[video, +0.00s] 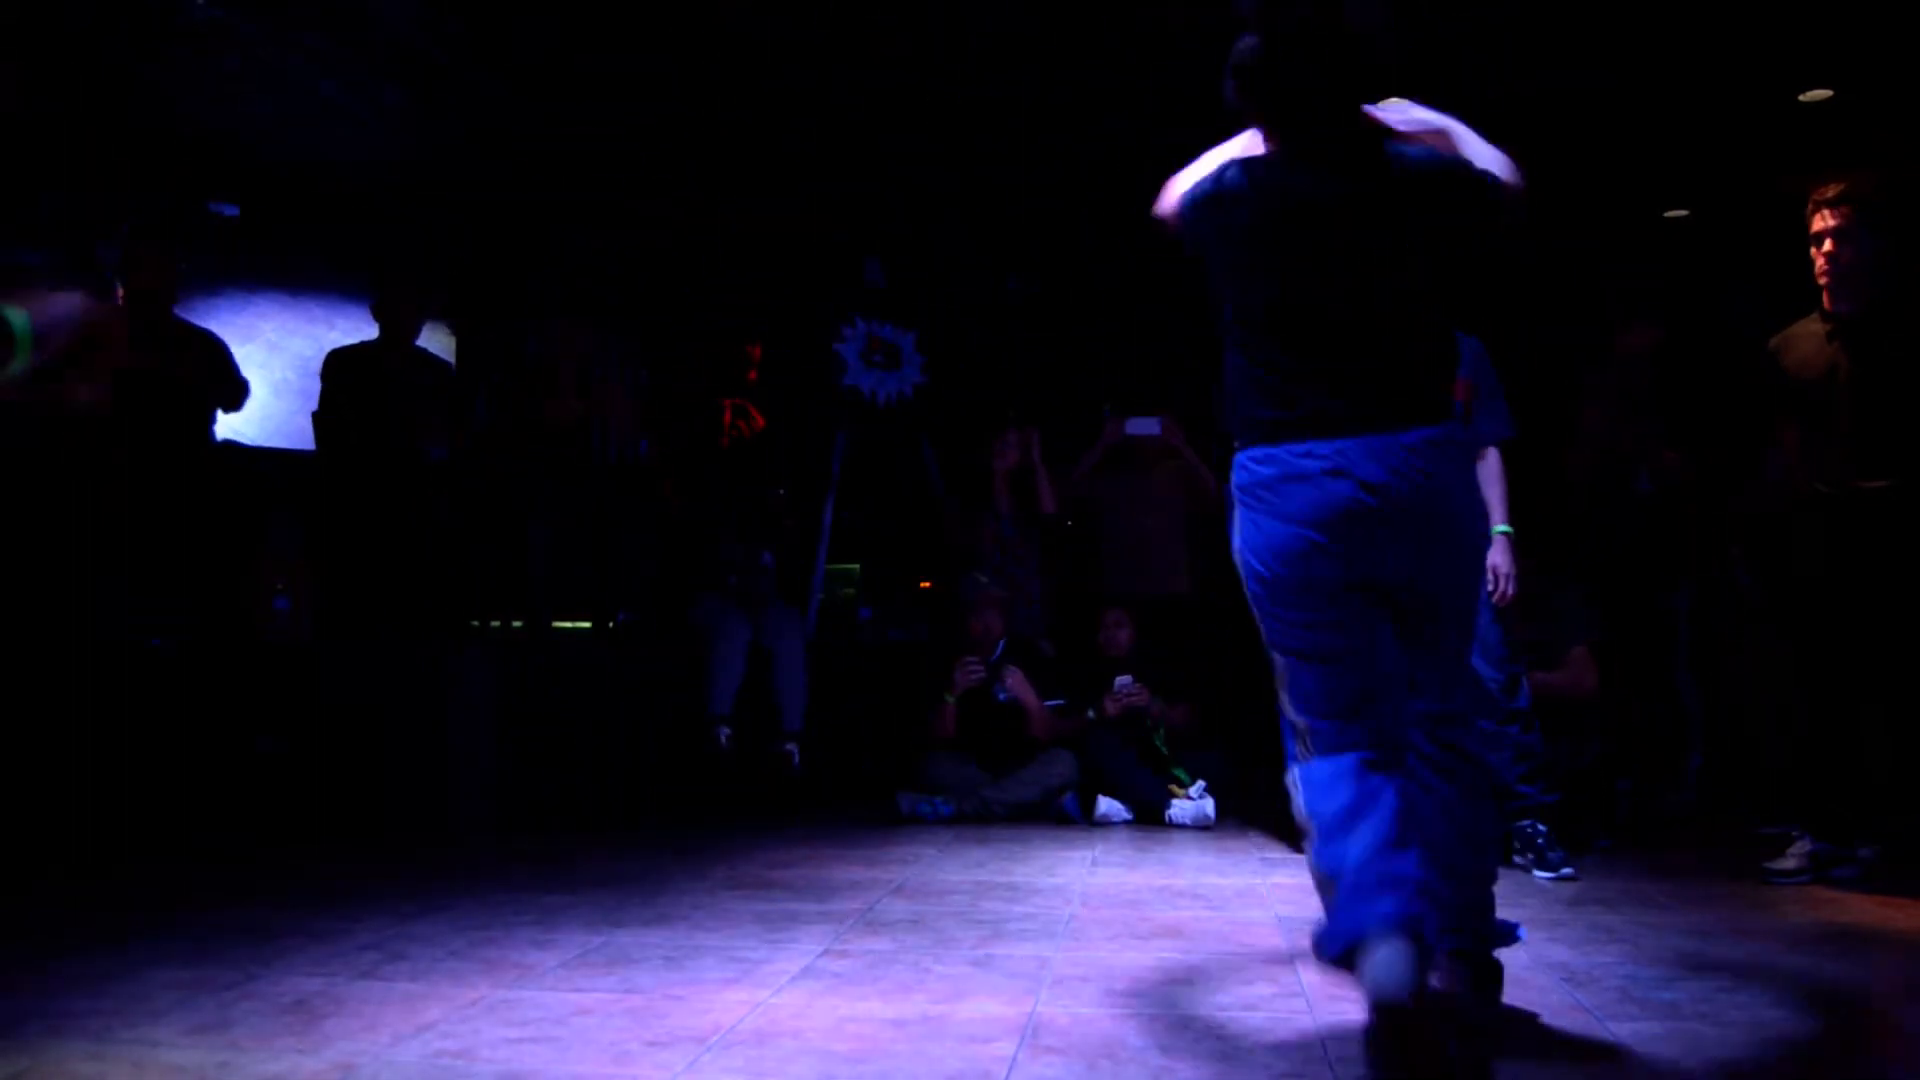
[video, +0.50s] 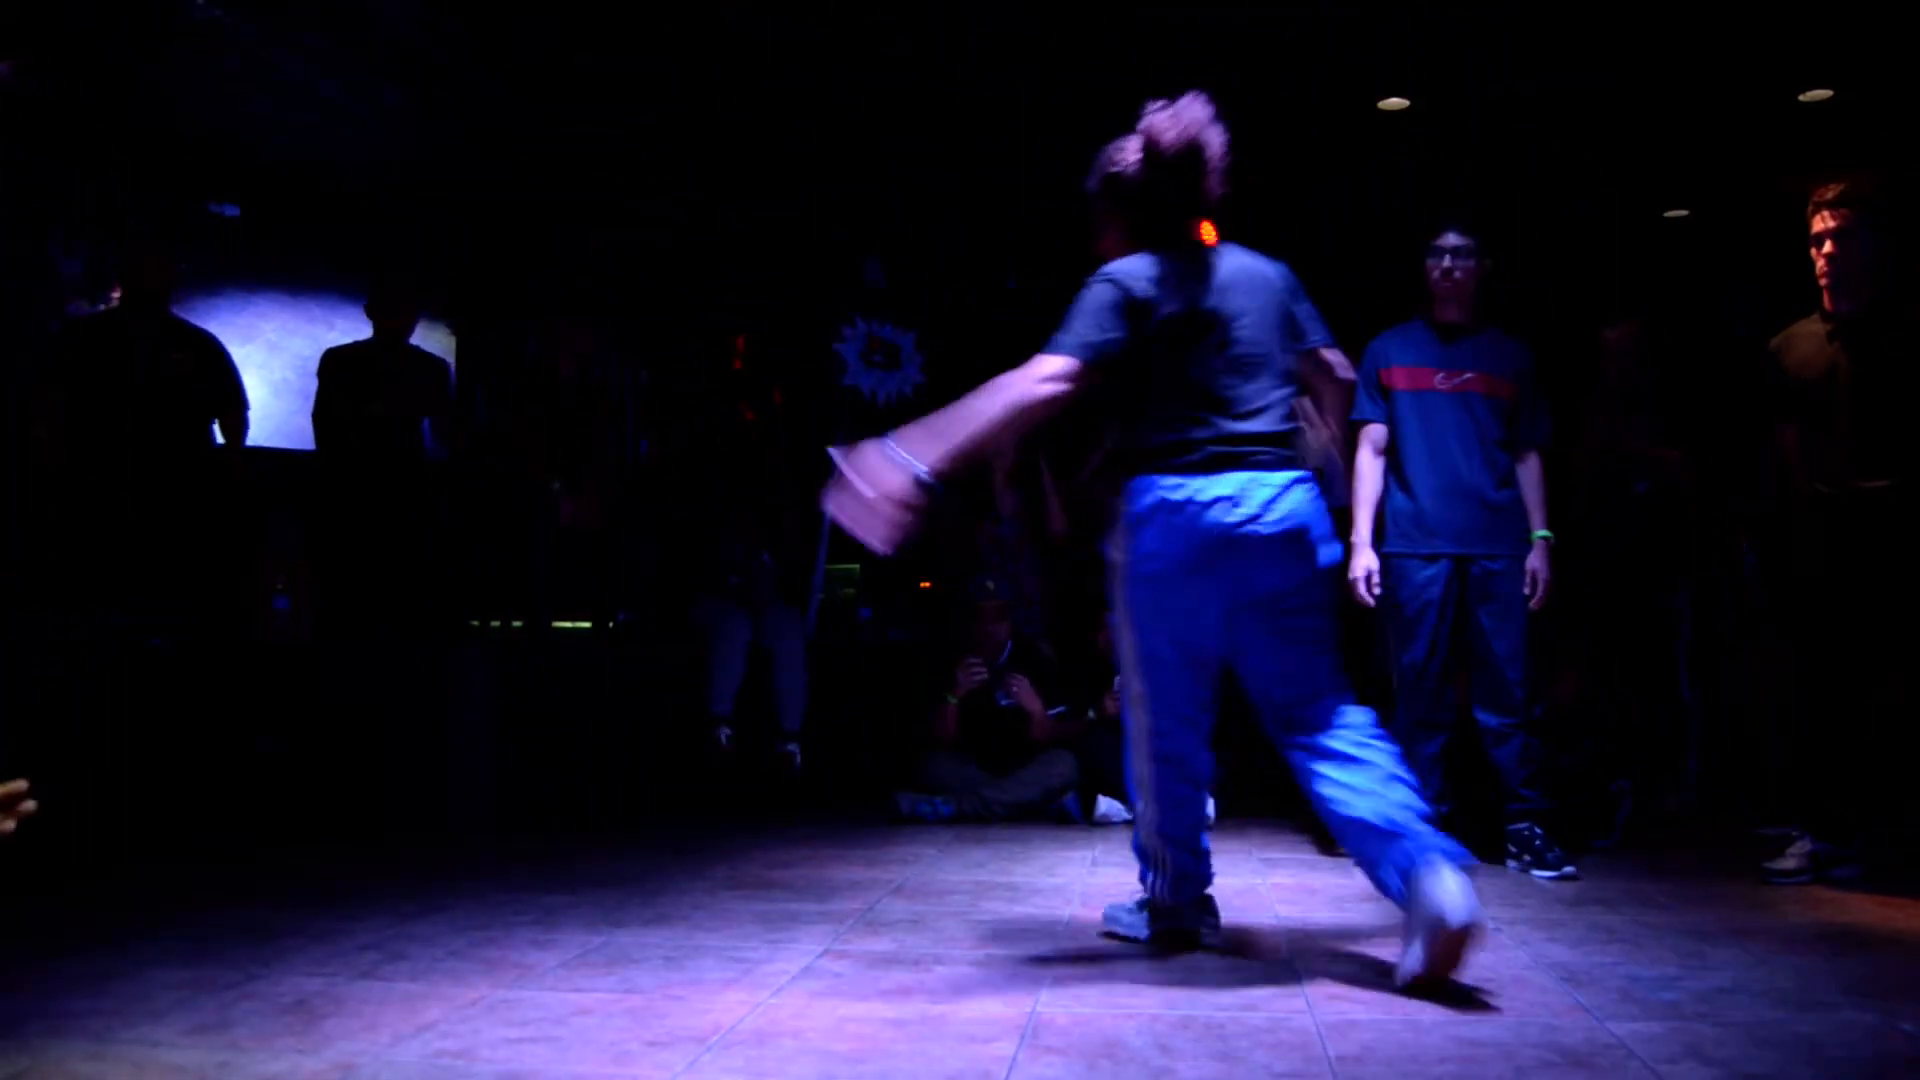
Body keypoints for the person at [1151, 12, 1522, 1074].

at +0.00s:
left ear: (1260, 113)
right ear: (1356, 101)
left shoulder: (1230, 198)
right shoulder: (1417, 179)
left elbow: (1170, 202)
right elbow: (1509, 181)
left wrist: (1260, 137)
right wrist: (1436, 122)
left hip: (1288, 479)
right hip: (1419, 466)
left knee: (1329, 727)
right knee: (1444, 716)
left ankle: (1384, 940)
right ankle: (1460, 950)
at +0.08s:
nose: (1248, 132)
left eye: (1250, 118)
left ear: (1265, 129)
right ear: (1380, 109)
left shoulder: (1243, 203)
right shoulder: (1429, 190)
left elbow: (1105, 233)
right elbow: (1518, 204)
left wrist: (1136, 207)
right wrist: (1527, 164)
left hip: (1293, 470)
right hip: (1427, 460)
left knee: (1292, 702)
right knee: (1437, 705)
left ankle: (1383, 895)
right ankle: (1462, 955)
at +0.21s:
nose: (1226, 136)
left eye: (1231, 119)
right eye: (1230, 119)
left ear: (1252, 125)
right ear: (1339, 120)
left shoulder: (1229, 212)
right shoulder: (1396, 205)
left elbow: (1098, 291)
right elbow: (1494, 264)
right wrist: (1586, 286)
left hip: (1280, 463)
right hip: (1404, 456)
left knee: (1239, 683)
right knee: (1424, 699)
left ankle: (1304, 886)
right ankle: (1461, 947)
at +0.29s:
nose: (1205, 159)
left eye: (1213, 138)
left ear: (1230, 144)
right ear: (1321, 136)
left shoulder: (1212, 231)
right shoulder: (1368, 227)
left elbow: (1105, 328)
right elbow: (1463, 322)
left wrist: (967, 412)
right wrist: (1521, 366)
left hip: (1257, 491)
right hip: (1375, 479)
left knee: (1223, 693)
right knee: (1416, 697)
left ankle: (1224, 899)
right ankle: (1458, 945)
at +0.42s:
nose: (1150, 204)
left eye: (1156, 186)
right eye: (1154, 185)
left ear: (1178, 186)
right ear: (1254, 175)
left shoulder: (1170, 274)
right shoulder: (1324, 265)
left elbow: (1106, 385)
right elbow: (1379, 385)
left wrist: (1003, 494)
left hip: (1219, 508)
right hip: (1330, 498)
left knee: (1191, 709)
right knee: (1371, 703)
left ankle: (1184, 899)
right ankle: (1460, 939)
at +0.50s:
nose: (1096, 223)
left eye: (1103, 207)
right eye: (1099, 206)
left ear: (1123, 209)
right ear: (1201, 200)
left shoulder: (1123, 285)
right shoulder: (1266, 277)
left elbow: (1048, 380)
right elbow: (1334, 374)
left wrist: (910, 455)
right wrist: (1329, 466)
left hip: (1170, 511)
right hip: (1280, 504)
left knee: (1166, 711)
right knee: (1318, 707)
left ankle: (1176, 898)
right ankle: (1426, 874)